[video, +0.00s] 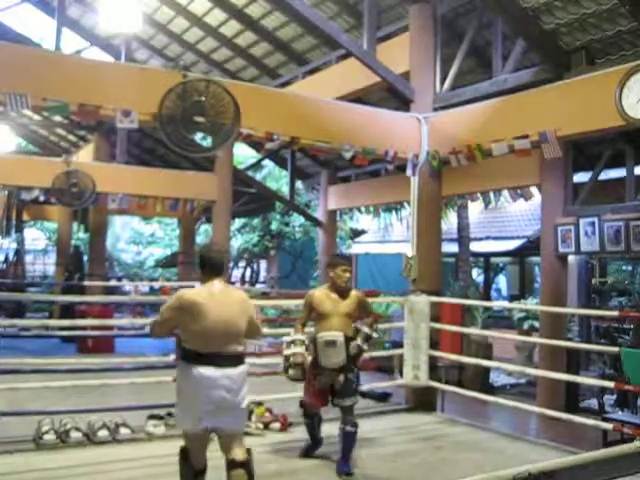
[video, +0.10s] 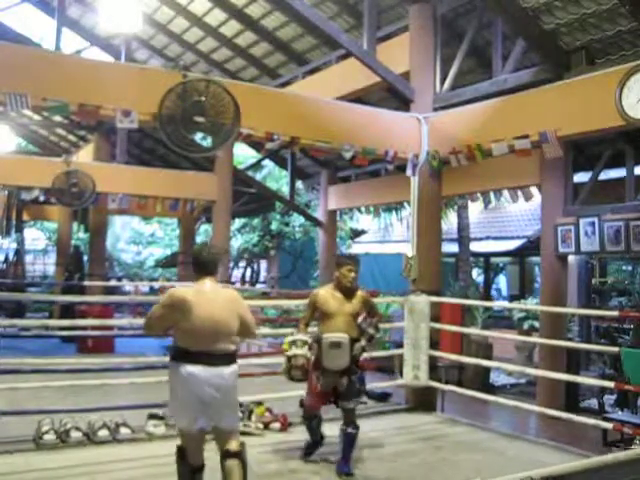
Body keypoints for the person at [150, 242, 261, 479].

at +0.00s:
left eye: (202, 266)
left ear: (200, 268)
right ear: (226, 268)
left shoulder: (186, 298)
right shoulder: (240, 297)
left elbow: (157, 329)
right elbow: (255, 331)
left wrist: (184, 327)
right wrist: (228, 327)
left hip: (196, 373)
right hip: (233, 372)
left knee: (196, 445)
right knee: (235, 442)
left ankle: (196, 475)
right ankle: (239, 473)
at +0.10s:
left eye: (193, 265)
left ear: (193, 267)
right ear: (217, 268)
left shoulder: (178, 296)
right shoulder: (232, 296)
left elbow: (151, 327)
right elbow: (250, 330)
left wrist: (179, 322)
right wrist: (223, 327)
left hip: (188, 371)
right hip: (225, 371)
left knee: (192, 442)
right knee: (229, 437)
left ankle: (194, 475)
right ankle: (235, 475)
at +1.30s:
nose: (215, 272)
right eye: (215, 268)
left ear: (194, 268)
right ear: (215, 269)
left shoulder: (180, 293)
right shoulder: (228, 295)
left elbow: (164, 319)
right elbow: (244, 329)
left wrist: (186, 316)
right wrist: (223, 320)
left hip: (186, 352)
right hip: (217, 353)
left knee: (187, 406)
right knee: (209, 410)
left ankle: (186, 456)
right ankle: (199, 465)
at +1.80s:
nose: (219, 273)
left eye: (217, 269)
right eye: (218, 270)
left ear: (197, 269)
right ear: (214, 270)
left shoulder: (182, 289)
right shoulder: (221, 291)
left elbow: (177, 315)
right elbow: (235, 323)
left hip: (184, 344)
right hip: (213, 345)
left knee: (192, 400)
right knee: (228, 398)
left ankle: (190, 455)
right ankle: (228, 450)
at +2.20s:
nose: (243, 276)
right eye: (242, 272)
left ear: (222, 272)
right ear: (240, 272)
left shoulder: (206, 291)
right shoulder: (244, 295)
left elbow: (204, 316)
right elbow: (247, 321)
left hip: (208, 342)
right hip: (234, 344)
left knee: (210, 395)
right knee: (239, 399)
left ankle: (193, 447)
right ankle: (250, 451)